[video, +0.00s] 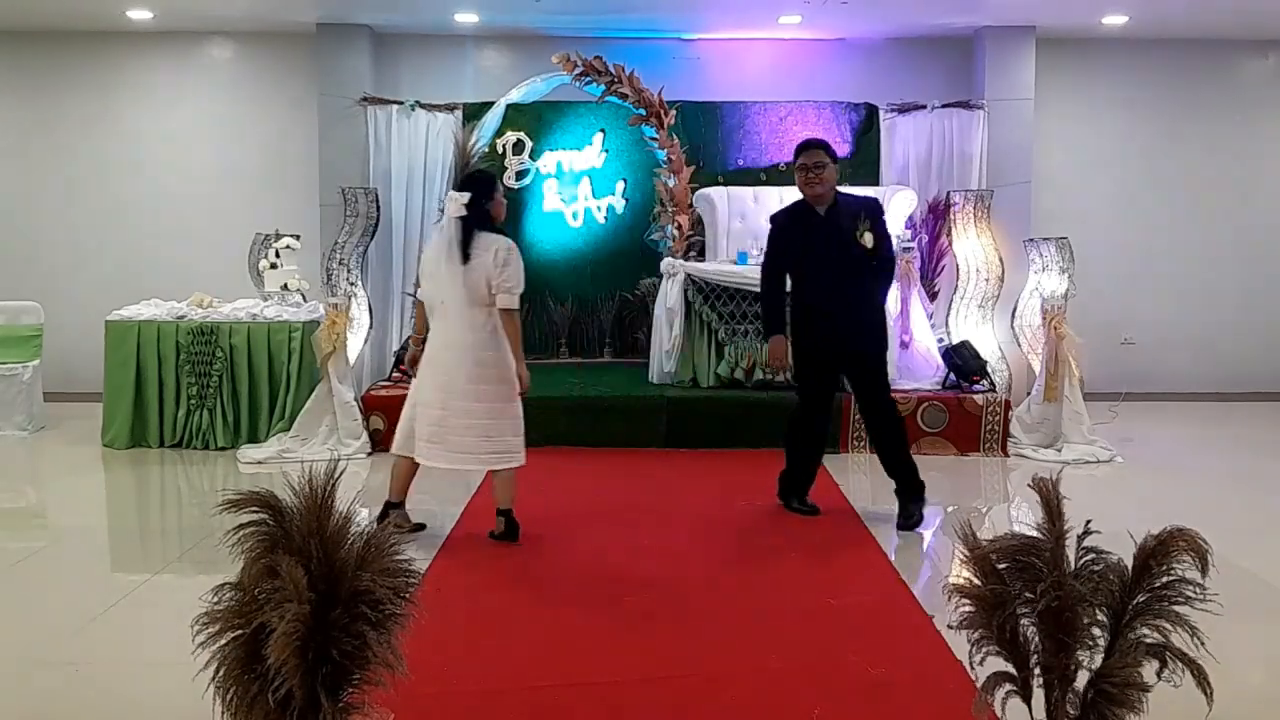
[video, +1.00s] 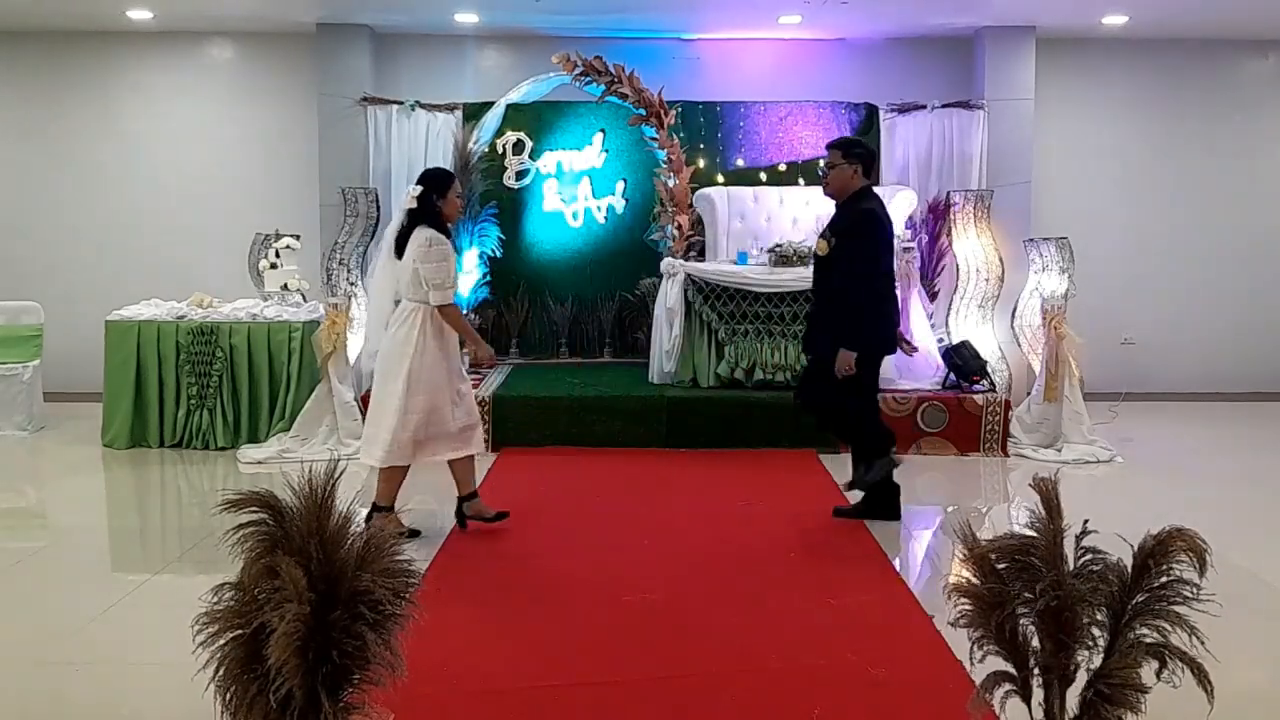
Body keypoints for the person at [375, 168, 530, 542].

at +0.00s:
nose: (505, 202)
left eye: (503, 196)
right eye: (500, 197)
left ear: (463, 203)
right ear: (486, 203)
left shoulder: (436, 245)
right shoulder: (502, 248)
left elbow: (422, 304)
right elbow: (508, 312)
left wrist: (416, 343)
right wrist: (520, 363)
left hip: (439, 356)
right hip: (487, 359)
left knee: (414, 428)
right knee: (502, 434)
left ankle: (393, 509)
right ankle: (504, 520)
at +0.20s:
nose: (482, 200)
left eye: (480, 194)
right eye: (476, 194)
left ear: (445, 199)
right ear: (459, 200)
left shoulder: (415, 235)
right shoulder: (464, 244)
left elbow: (404, 297)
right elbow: (460, 310)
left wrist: (398, 344)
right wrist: (465, 366)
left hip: (412, 352)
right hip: (452, 354)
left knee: (401, 430)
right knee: (475, 433)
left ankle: (390, 511)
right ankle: (477, 517)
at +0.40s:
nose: (466, 198)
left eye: (464, 192)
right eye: (460, 192)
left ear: (433, 197)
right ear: (442, 198)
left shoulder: (410, 233)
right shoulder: (433, 237)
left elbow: (403, 297)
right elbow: (417, 299)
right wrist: (421, 356)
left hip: (400, 351)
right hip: (428, 353)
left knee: (397, 429)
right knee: (442, 430)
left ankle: (389, 510)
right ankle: (422, 509)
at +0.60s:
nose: (457, 202)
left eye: (455, 195)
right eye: (451, 196)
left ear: (433, 201)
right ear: (431, 201)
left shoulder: (429, 240)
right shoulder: (415, 240)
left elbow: (416, 303)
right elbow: (403, 303)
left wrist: (428, 355)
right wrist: (402, 358)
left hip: (426, 345)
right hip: (415, 346)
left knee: (416, 426)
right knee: (410, 427)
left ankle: (389, 508)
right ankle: (382, 512)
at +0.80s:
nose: (456, 201)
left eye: (454, 194)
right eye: (450, 194)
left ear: (428, 198)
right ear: (430, 199)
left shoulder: (412, 238)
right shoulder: (421, 242)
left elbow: (417, 307)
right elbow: (421, 308)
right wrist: (435, 363)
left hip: (409, 352)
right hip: (407, 354)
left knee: (455, 412)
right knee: (396, 430)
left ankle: (417, 483)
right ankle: (380, 514)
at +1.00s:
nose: (461, 202)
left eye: (460, 195)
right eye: (456, 196)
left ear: (430, 200)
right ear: (437, 201)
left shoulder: (415, 238)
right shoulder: (435, 242)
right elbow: (443, 305)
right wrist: (477, 342)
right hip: (421, 343)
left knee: (459, 419)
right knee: (405, 426)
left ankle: (469, 502)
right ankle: (381, 513)